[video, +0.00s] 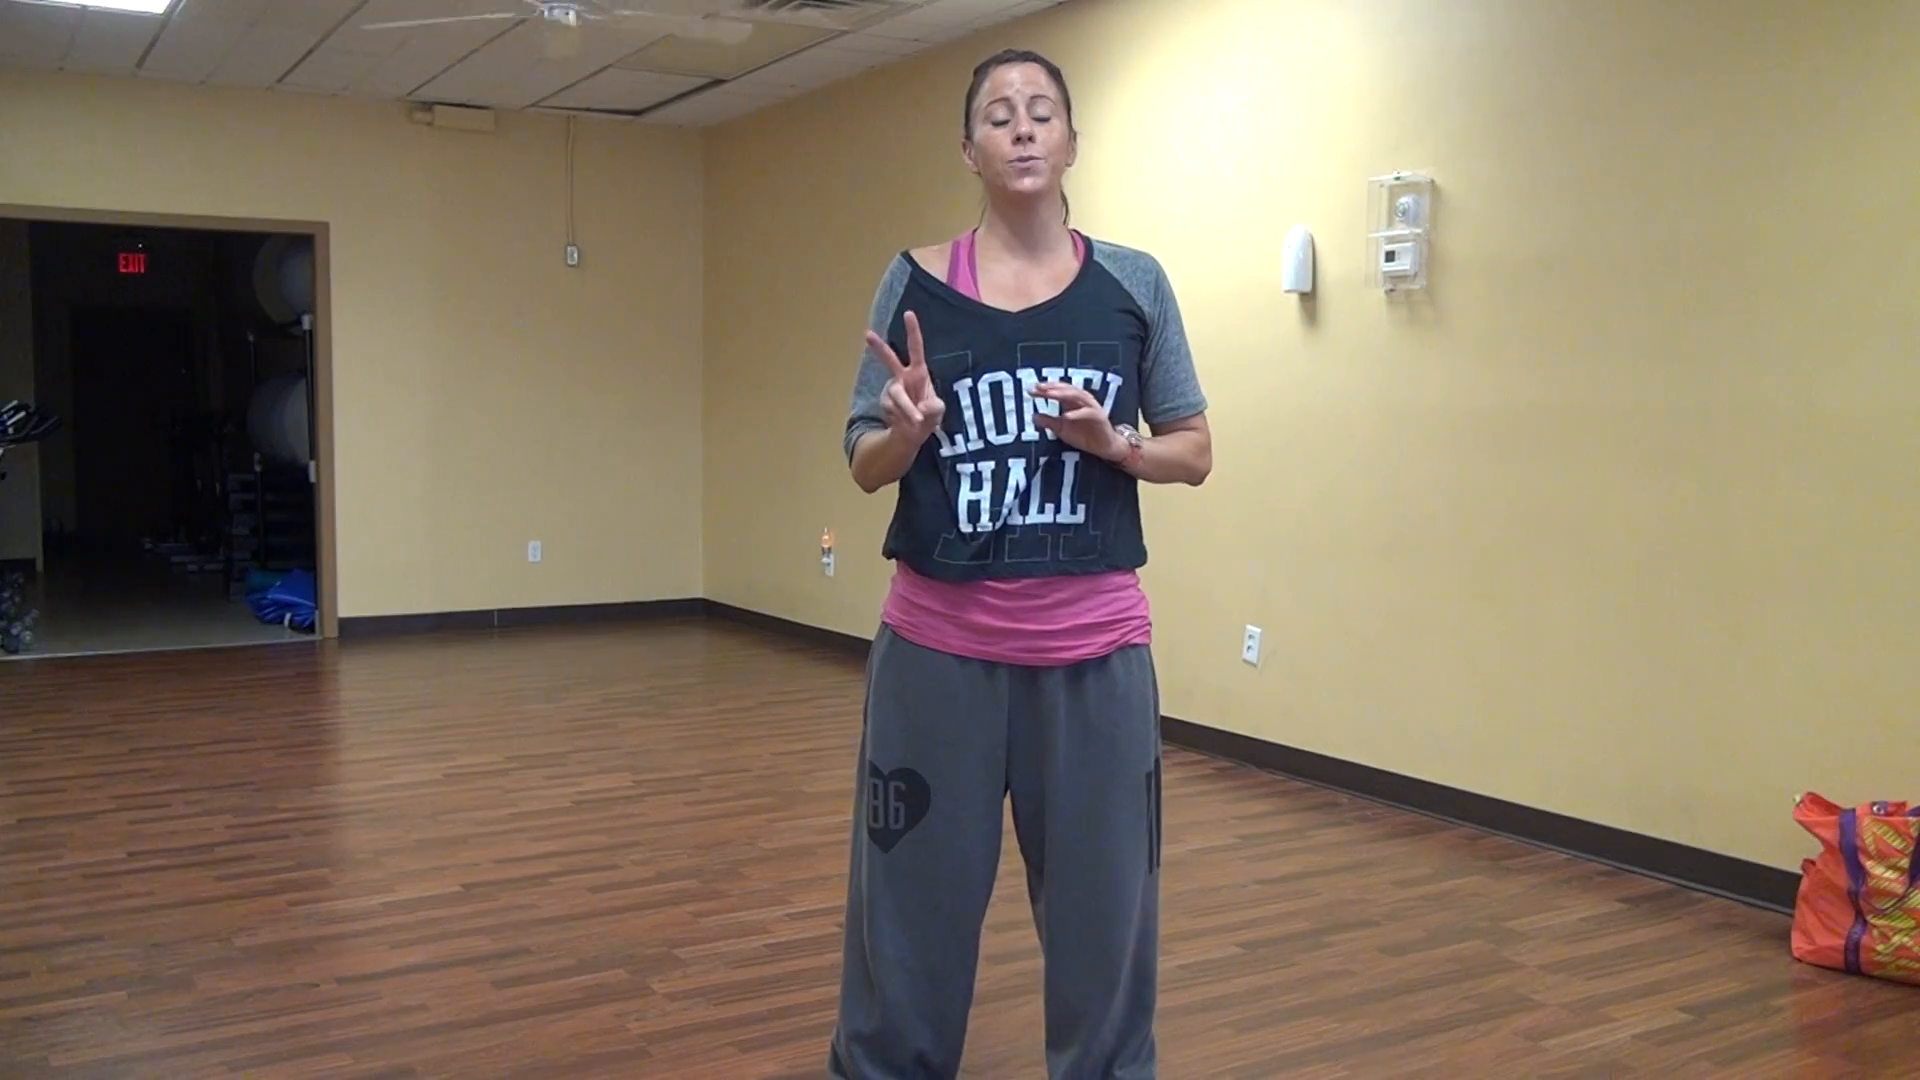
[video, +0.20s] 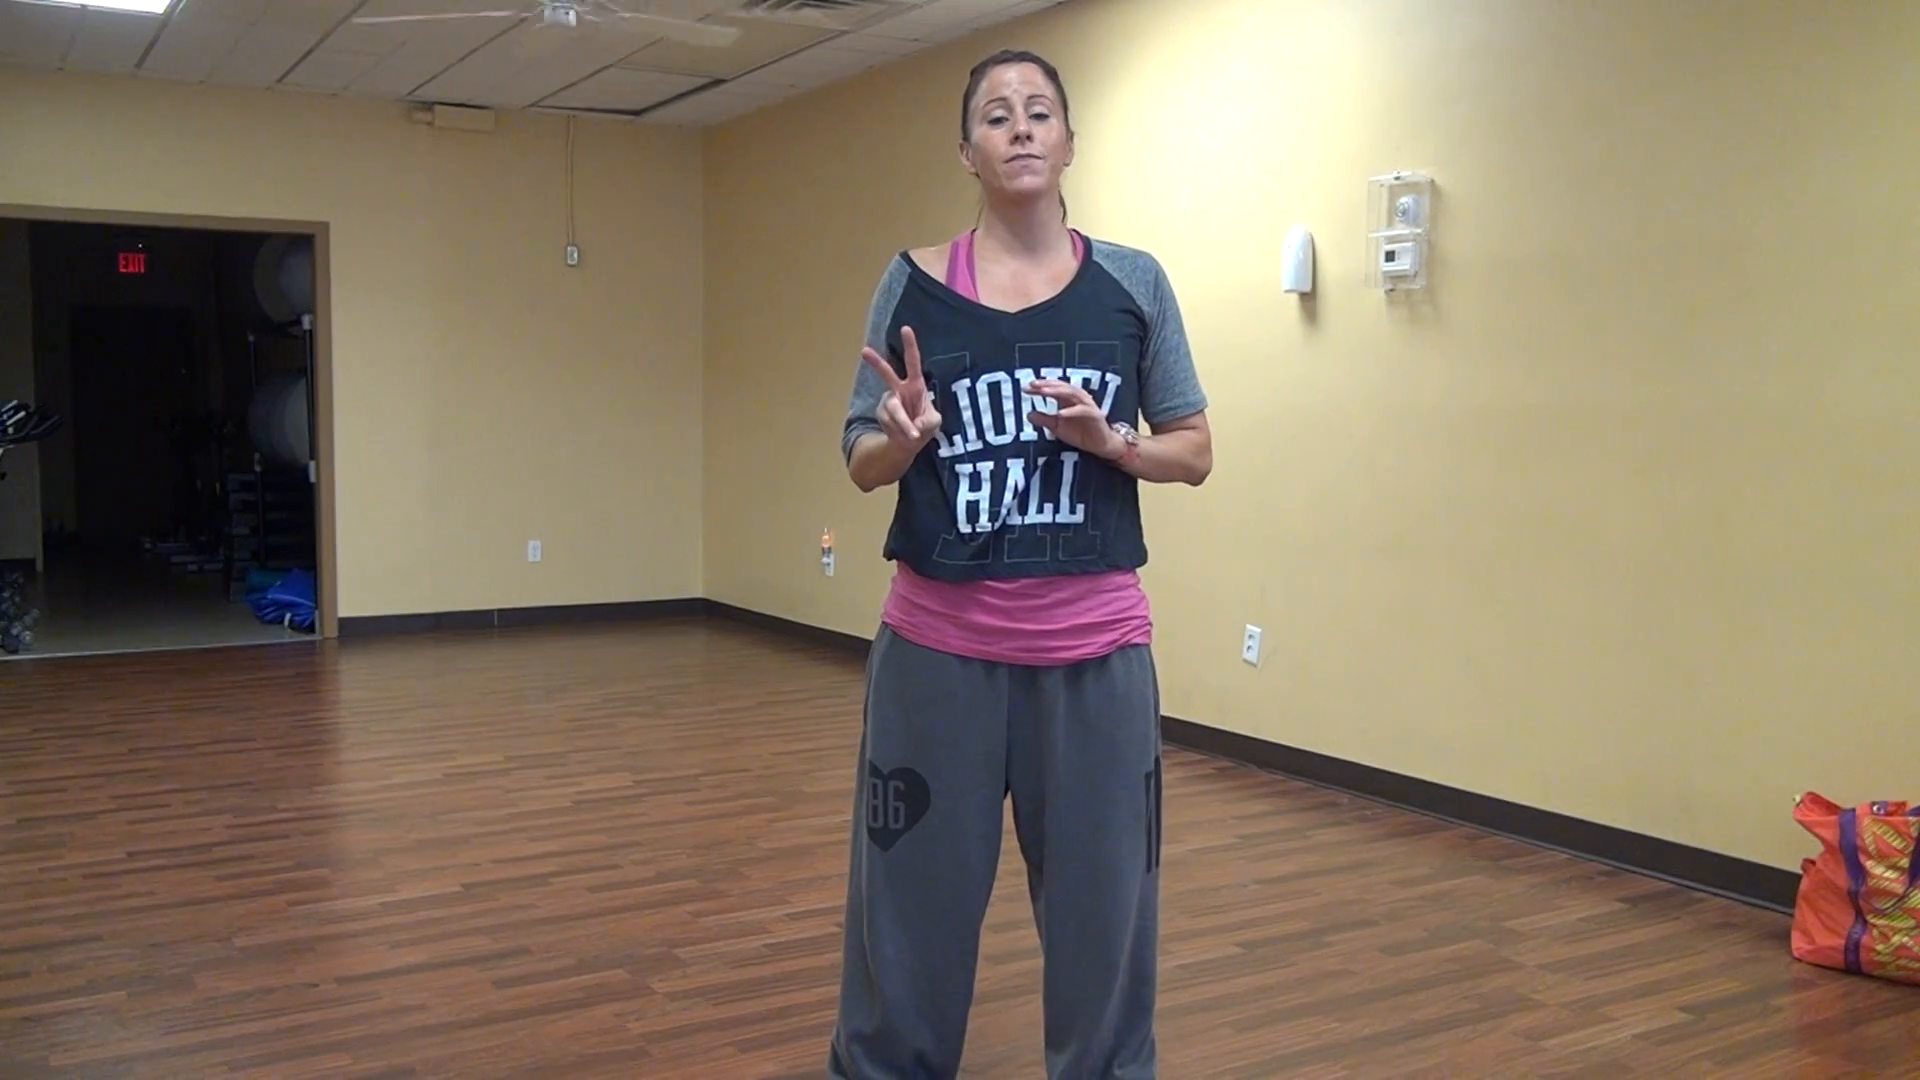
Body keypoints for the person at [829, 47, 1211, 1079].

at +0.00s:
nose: (1021, 129)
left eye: (1041, 114)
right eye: (999, 116)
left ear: (1070, 143)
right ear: (969, 150)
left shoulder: (1134, 279)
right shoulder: (916, 280)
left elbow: (1195, 453)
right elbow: (865, 468)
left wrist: (1122, 444)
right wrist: (906, 429)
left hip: (1095, 645)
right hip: (936, 642)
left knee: (1106, 920)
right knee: (907, 911)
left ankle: (1105, 1071)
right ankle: (887, 1068)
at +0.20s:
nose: (1019, 130)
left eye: (1038, 113)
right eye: (996, 116)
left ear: (1068, 142)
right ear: (967, 150)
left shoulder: (1134, 279)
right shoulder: (916, 281)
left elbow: (1195, 452)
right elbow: (863, 467)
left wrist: (1121, 445)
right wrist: (901, 437)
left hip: (1095, 644)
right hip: (936, 641)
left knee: (1105, 919)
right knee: (907, 909)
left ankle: (1104, 1072)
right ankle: (887, 1068)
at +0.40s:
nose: (1018, 131)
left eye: (1037, 114)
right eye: (994, 118)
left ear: (1066, 142)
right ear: (965, 151)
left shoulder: (1134, 279)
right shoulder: (915, 282)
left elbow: (1197, 454)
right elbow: (863, 470)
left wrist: (1119, 444)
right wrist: (895, 442)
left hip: (1095, 643)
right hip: (936, 641)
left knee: (1105, 918)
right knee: (907, 909)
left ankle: (1106, 1072)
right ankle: (887, 1068)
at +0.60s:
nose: (1017, 131)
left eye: (1036, 114)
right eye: (994, 119)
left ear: (1066, 142)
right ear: (965, 154)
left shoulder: (1135, 280)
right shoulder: (916, 282)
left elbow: (1196, 455)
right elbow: (865, 466)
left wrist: (1118, 445)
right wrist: (895, 444)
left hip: (1095, 645)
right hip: (936, 641)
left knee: (1106, 921)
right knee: (907, 911)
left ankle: (1107, 1073)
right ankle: (887, 1069)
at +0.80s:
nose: (1019, 127)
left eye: (1038, 110)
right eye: (995, 114)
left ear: (1068, 137)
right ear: (966, 148)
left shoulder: (1137, 276)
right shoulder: (916, 277)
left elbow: (1198, 453)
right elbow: (862, 458)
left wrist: (1119, 443)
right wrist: (897, 444)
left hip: (1099, 644)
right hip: (937, 642)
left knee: (1107, 925)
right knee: (907, 916)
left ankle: (1107, 1074)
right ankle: (887, 1070)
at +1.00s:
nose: (1021, 122)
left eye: (1041, 103)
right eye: (996, 107)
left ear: (1072, 130)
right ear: (967, 141)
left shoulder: (1141, 273)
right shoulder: (916, 273)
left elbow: (1201, 450)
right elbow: (861, 450)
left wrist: (1125, 444)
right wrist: (902, 447)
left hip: (1101, 655)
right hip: (938, 651)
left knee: (1111, 939)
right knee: (906, 930)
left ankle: (1110, 1075)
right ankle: (887, 1070)